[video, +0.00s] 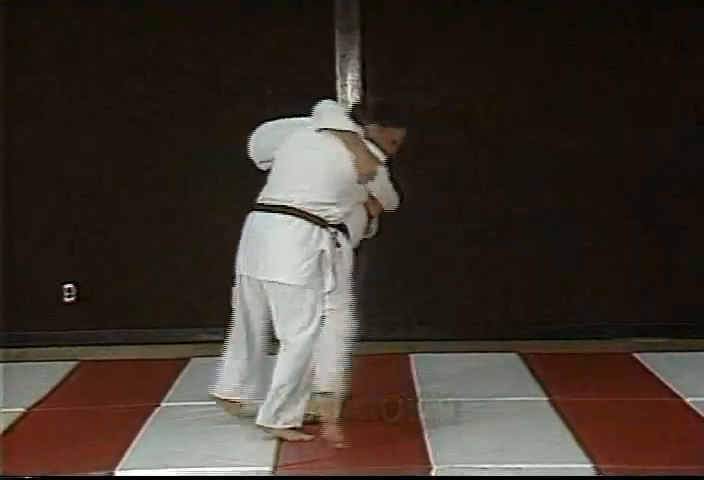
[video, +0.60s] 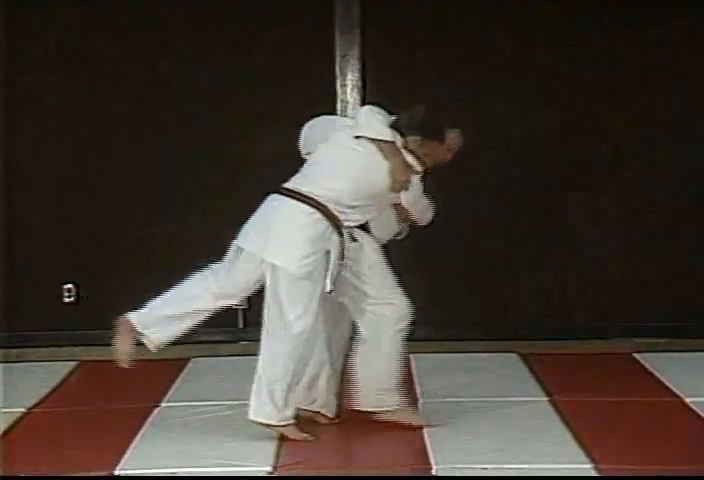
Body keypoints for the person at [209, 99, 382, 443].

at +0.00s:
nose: (384, 148)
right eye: (378, 141)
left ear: (328, 118)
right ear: (364, 130)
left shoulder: (297, 134)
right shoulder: (365, 158)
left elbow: (256, 149)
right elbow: (389, 201)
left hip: (254, 235)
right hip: (299, 244)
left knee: (252, 326)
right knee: (298, 336)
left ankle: (236, 390)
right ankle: (278, 417)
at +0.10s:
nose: (399, 166)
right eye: (400, 159)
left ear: (349, 126)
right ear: (377, 143)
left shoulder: (313, 133)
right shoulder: (374, 169)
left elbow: (268, 148)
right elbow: (392, 221)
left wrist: (297, 166)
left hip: (256, 224)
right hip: (296, 241)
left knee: (232, 311)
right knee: (287, 332)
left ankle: (198, 373)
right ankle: (274, 415)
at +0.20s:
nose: (405, 177)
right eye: (405, 169)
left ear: (370, 134)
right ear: (392, 151)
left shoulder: (328, 137)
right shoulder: (384, 182)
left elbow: (281, 148)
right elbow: (393, 231)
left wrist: (302, 175)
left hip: (255, 221)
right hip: (292, 242)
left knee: (211, 299)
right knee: (282, 329)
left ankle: (156, 361)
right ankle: (270, 415)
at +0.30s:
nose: (409, 177)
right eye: (410, 170)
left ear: (372, 137)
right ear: (398, 154)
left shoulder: (334, 137)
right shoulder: (388, 182)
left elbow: (287, 146)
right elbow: (395, 234)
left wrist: (308, 176)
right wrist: (378, 225)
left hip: (259, 214)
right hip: (295, 237)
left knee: (203, 282)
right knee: (286, 324)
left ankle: (126, 340)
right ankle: (268, 413)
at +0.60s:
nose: (430, 156)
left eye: (431, 152)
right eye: (429, 150)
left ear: (395, 125)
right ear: (416, 141)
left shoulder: (350, 132)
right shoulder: (401, 171)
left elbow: (307, 138)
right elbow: (394, 224)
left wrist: (331, 162)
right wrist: (406, 217)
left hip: (275, 210)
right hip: (310, 231)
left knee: (226, 282)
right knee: (293, 323)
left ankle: (139, 325)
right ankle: (273, 411)